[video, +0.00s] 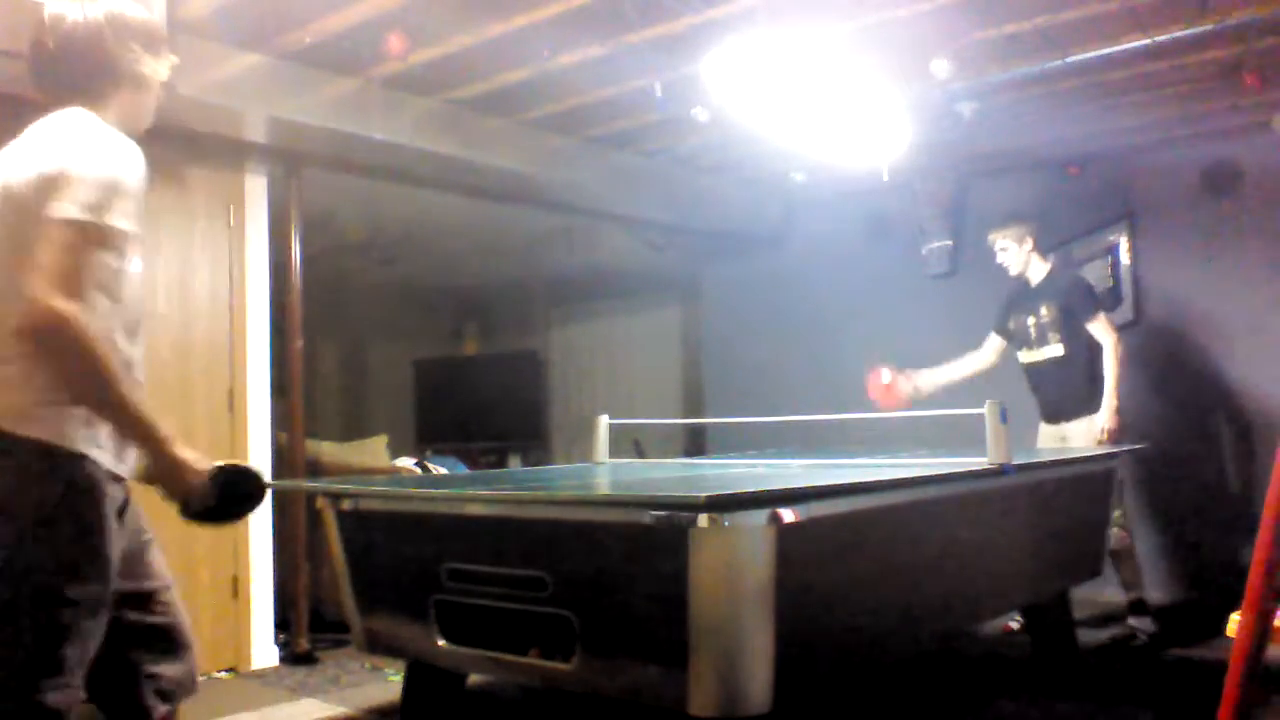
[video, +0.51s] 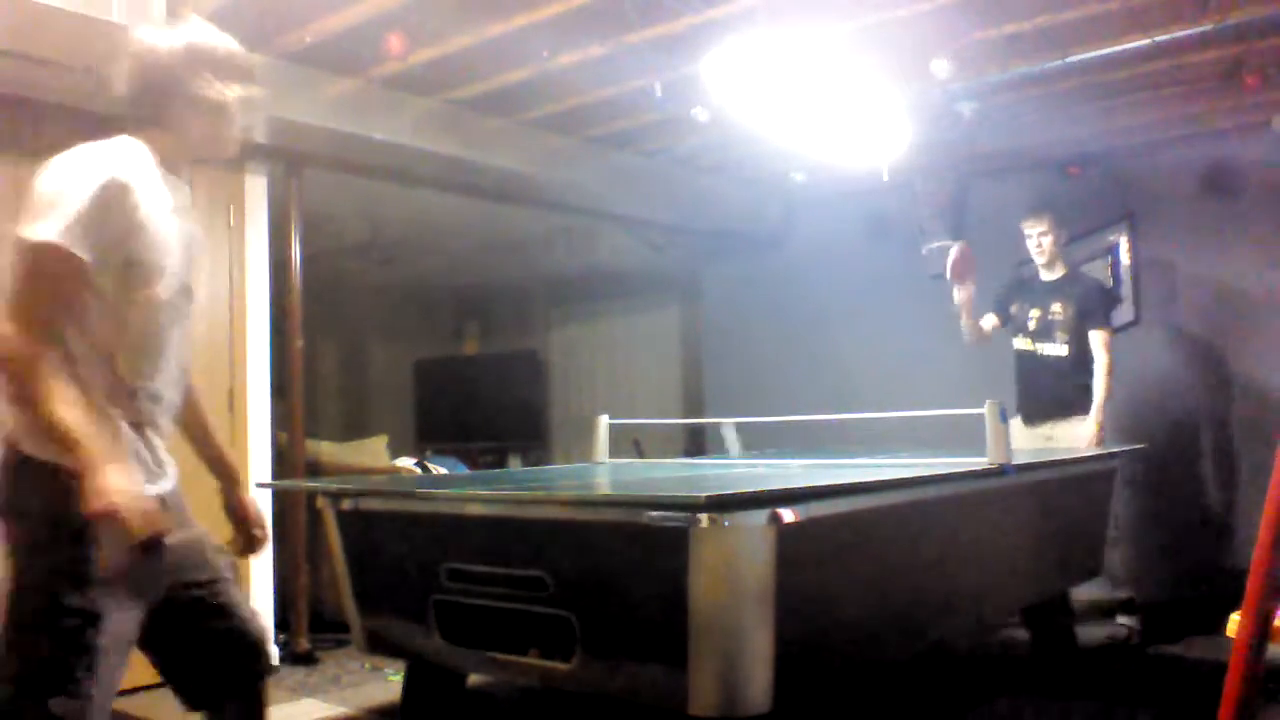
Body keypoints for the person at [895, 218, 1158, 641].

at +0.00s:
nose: (1000, 260)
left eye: (1005, 250)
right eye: (996, 253)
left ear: (1030, 243)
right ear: (1004, 254)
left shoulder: (1068, 286)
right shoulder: (1014, 302)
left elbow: (1112, 342)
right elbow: (985, 357)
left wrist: (1110, 409)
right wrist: (922, 380)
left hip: (1091, 422)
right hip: (1051, 428)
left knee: (1107, 519)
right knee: (1046, 520)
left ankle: (1138, 608)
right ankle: (1038, 609)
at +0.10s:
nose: (1009, 251)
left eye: (1014, 241)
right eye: (1005, 244)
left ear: (1039, 236)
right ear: (1010, 247)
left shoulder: (1071, 281)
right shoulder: (1015, 289)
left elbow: (1105, 340)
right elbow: (973, 326)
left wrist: (1105, 408)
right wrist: (930, 317)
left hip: (1083, 417)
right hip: (1042, 420)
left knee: (1100, 509)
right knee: (1038, 512)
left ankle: (1126, 602)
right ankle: (1035, 606)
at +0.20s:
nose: (1020, 245)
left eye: (1026, 235)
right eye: (1016, 239)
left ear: (1050, 233)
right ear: (1014, 243)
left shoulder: (1079, 281)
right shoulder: (1017, 285)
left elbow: (1107, 345)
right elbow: (966, 313)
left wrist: (1096, 407)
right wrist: (944, 286)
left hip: (1081, 416)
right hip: (1039, 420)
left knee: (1099, 511)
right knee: (1035, 514)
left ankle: (1124, 603)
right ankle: (1034, 607)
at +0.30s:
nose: (1031, 244)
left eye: (1038, 235)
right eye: (1026, 238)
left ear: (1059, 234)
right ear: (1023, 242)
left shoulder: (1087, 285)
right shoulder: (1021, 283)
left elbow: (1110, 350)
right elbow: (964, 312)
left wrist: (1091, 409)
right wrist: (956, 273)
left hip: (1081, 418)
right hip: (1034, 422)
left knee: (1101, 512)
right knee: (1033, 518)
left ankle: (1127, 602)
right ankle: (1036, 609)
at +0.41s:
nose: (1038, 243)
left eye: (1045, 234)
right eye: (1032, 236)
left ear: (1063, 233)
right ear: (1026, 241)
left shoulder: (1091, 287)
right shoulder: (1022, 283)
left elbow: (1108, 354)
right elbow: (972, 319)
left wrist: (1091, 416)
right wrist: (963, 284)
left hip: (1077, 422)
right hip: (1030, 424)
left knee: (1092, 515)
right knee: (1028, 517)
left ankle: (1127, 605)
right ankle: (1031, 609)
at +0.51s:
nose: (1035, 243)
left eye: (1043, 234)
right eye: (1029, 237)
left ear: (1061, 236)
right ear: (1024, 241)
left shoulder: (1088, 290)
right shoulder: (1018, 289)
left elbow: (1102, 360)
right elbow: (976, 336)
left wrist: (1096, 421)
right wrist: (965, 307)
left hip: (1076, 423)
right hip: (1027, 425)